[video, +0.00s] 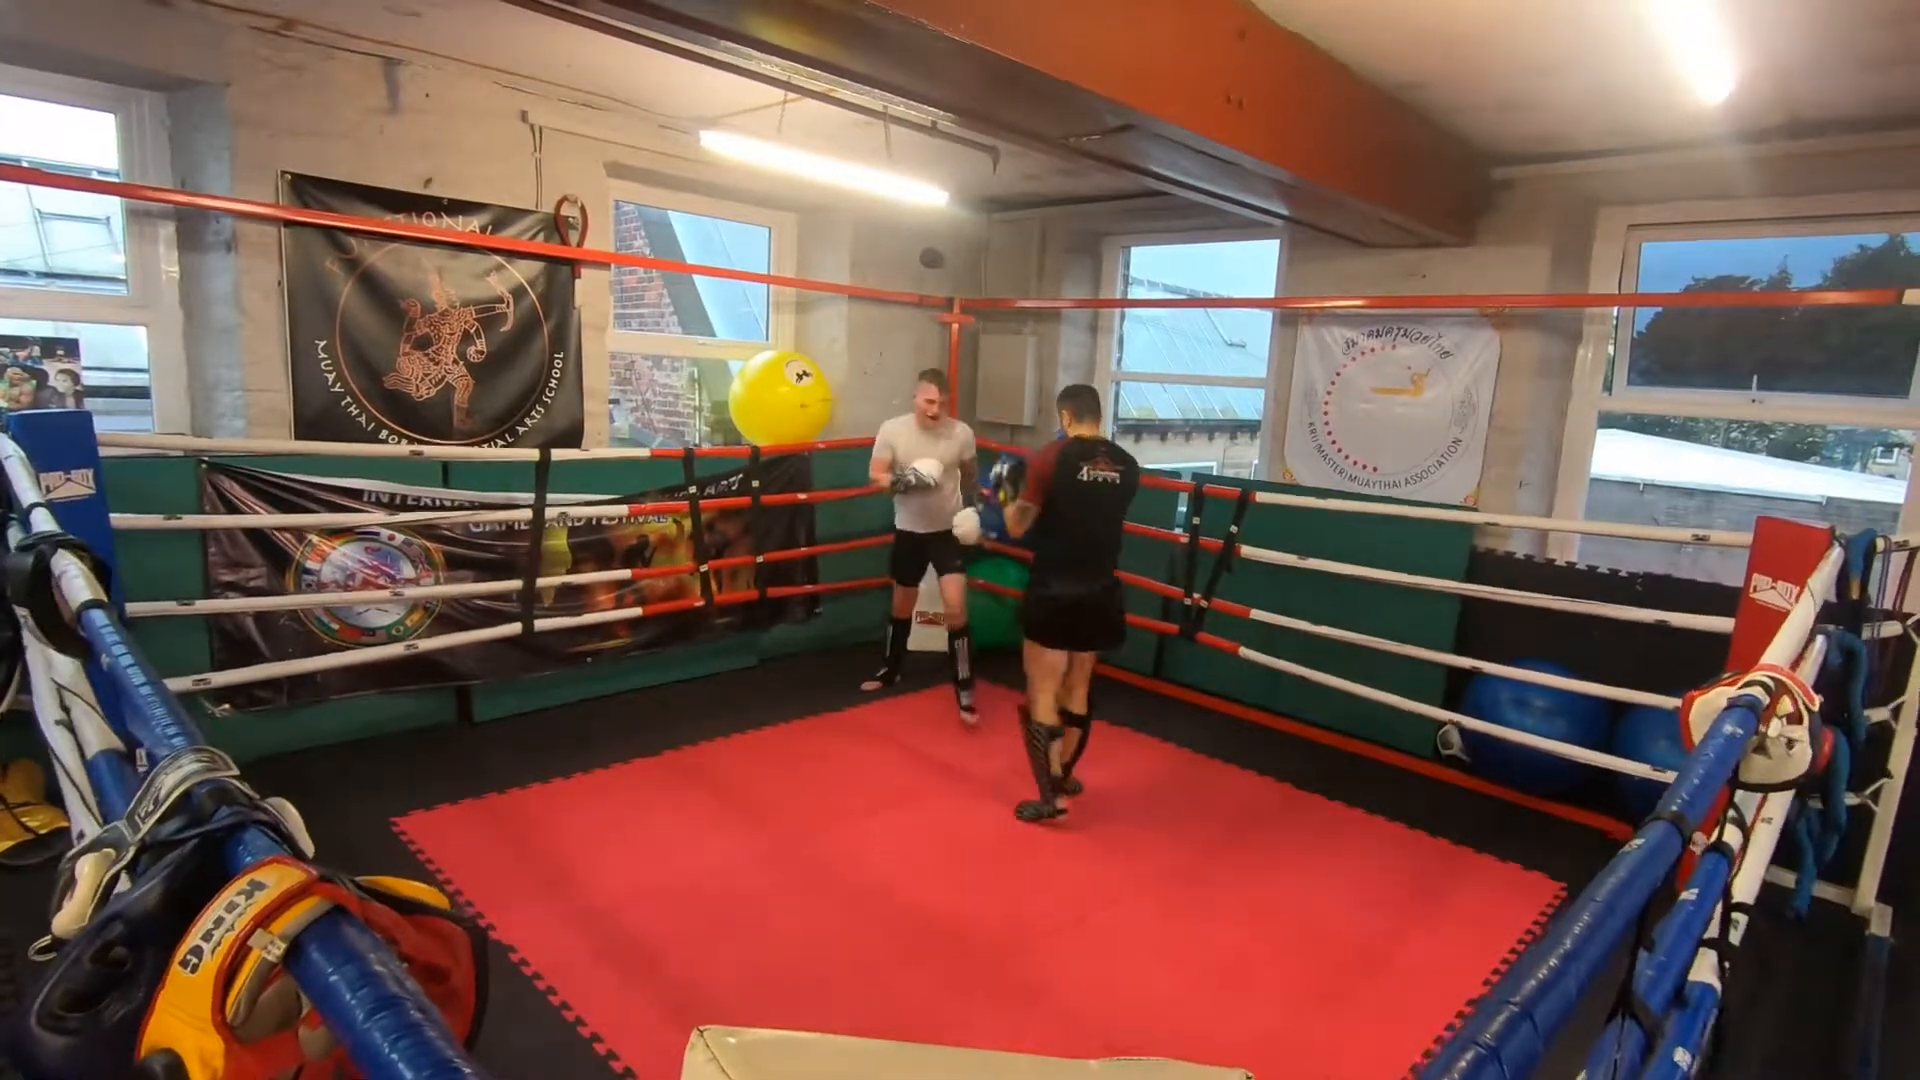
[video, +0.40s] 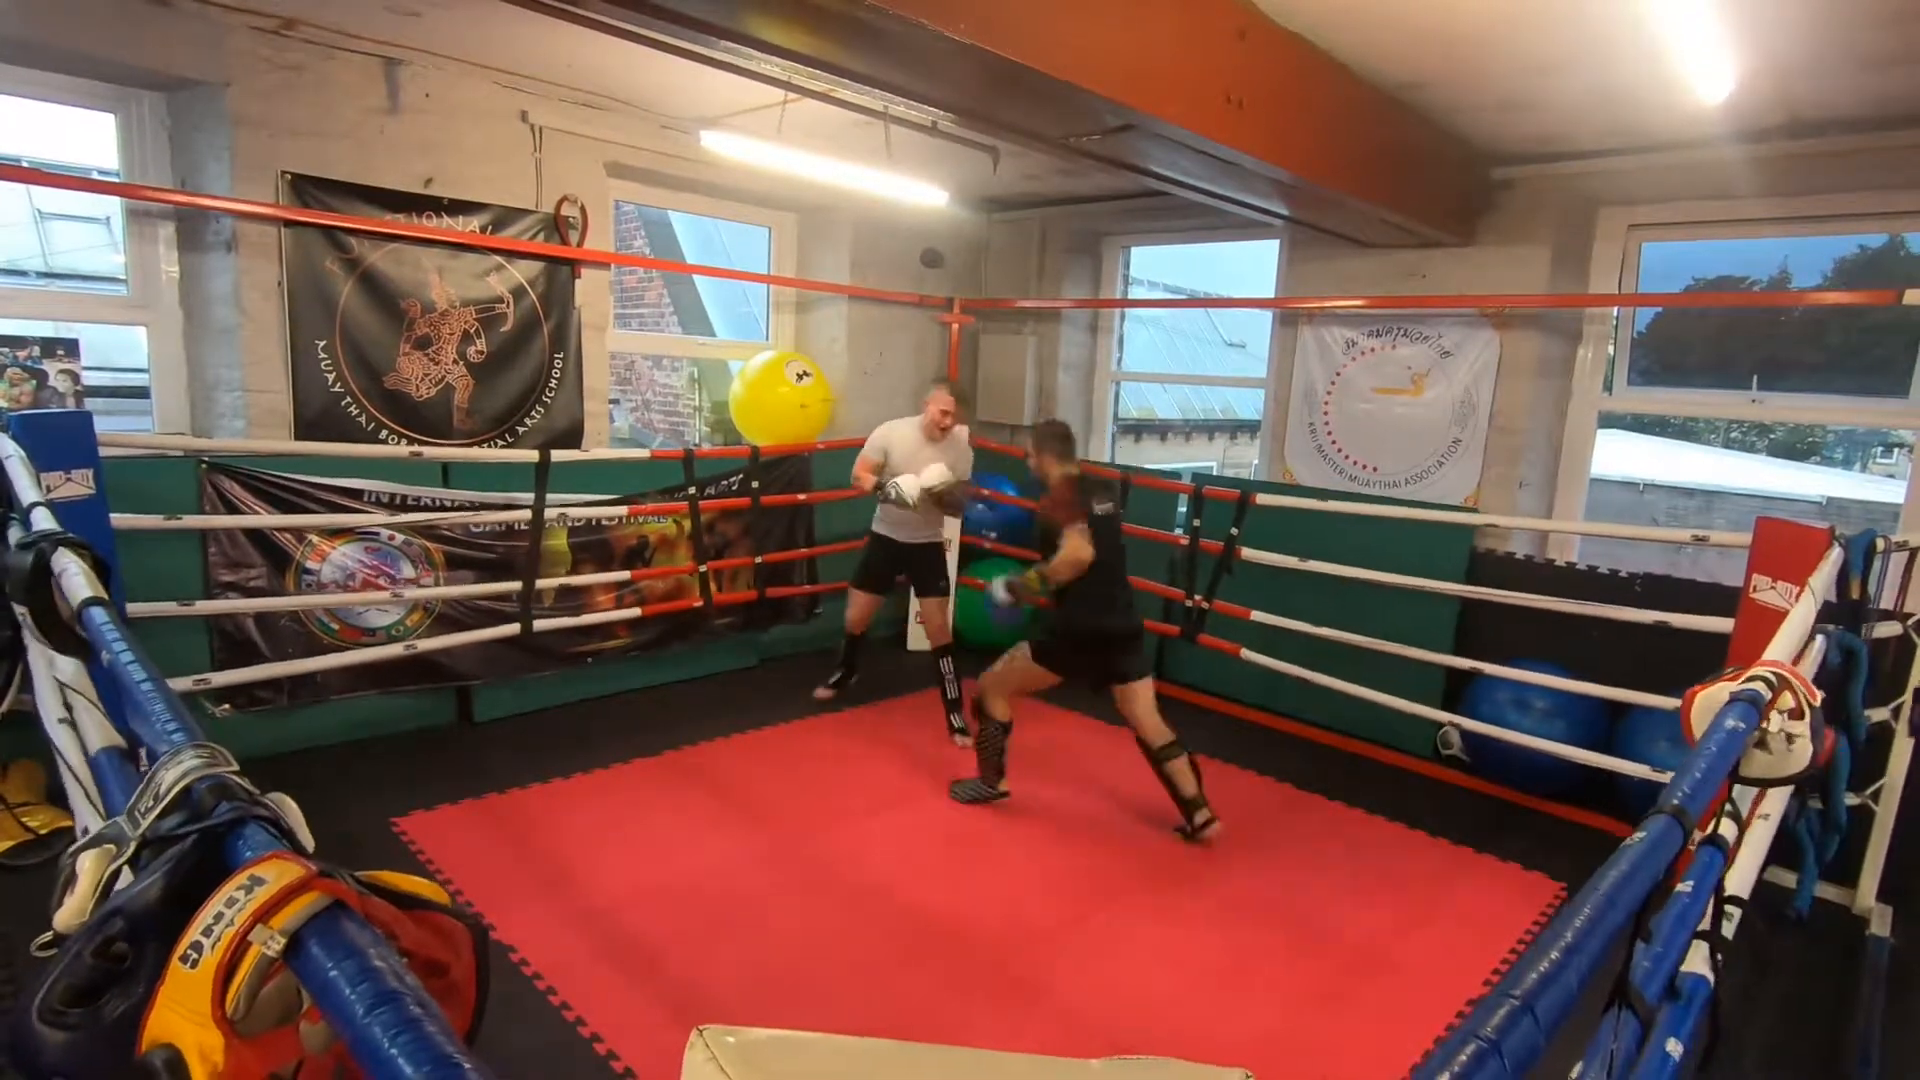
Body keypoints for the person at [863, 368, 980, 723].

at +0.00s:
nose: (932, 409)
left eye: (938, 402)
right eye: (926, 401)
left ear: (947, 402)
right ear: (914, 400)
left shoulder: (961, 434)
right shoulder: (892, 430)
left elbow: (970, 477)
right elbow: (876, 477)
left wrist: (971, 511)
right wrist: (902, 479)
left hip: (947, 533)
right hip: (908, 533)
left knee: (956, 607)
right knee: (901, 605)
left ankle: (964, 689)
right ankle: (890, 670)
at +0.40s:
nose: (947, 421)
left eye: (952, 415)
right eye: (942, 413)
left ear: (957, 416)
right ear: (925, 407)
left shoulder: (959, 443)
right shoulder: (890, 433)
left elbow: (960, 503)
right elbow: (860, 474)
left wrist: (941, 492)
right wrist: (885, 486)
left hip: (928, 544)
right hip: (885, 540)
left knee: (938, 627)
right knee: (855, 618)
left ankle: (955, 716)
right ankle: (845, 673)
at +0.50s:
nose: (930, 424)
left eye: (936, 418)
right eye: (925, 415)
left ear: (941, 418)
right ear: (909, 408)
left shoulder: (945, 455)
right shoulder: (876, 438)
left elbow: (948, 506)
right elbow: (842, 480)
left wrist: (932, 510)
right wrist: (867, 490)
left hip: (921, 550)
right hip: (876, 546)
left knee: (937, 632)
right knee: (841, 621)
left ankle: (955, 718)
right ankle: (813, 695)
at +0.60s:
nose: (876, 408)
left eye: (883, 401)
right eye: (870, 400)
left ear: (895, 404)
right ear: (862, 403)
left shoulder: (913, 446)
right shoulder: (844, 445)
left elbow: (938, 489)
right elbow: (825, 501)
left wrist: (925, 522)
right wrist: (853, 484)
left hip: (907, 555)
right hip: (862, 552)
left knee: (929, 638)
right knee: (824, 626)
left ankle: (954, 721)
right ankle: (801, 706)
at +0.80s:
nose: (807, 377)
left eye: (812, 370)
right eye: (800, 371)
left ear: (820, 375)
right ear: (787, 377)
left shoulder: (843, 413)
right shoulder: (775, 421)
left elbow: (881, 451)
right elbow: (772, 479)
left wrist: (908, 484)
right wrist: (806, 465)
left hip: (847, 525)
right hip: (803, 529)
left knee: (870, 608)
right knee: (796, 616)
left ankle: (901, 693)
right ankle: (798, 704)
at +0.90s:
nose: (790, 367)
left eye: (794, 360)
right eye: (782, 360)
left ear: (802, 364)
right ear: (768, 365)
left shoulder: (822, 401)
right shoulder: (751, 410)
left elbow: (856, 440)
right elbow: (746, 468)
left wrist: (877, 475)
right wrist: (773, 454)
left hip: (819, 510)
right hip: (773, 513)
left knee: (833, 596)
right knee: (766, 598)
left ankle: (851, 682)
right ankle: (768, 686)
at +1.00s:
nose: (769, 377)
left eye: (774, 371)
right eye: (761, 371)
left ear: (780, 374)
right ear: (746, 374)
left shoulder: (799, 411)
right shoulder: (729, 418)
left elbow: (827, 450)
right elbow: (721, 474)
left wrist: (837, 473)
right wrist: (748, 460)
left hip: (796, 517)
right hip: (753, 520)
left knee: (803, 603)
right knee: (733, 604)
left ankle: (812, 686)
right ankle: (716, 670)